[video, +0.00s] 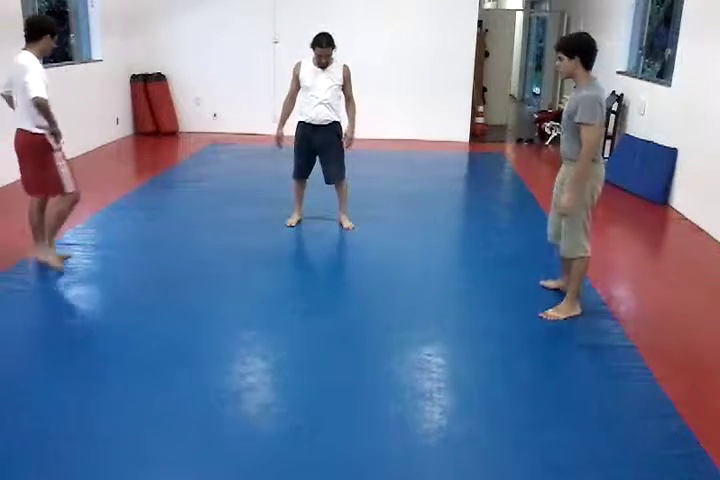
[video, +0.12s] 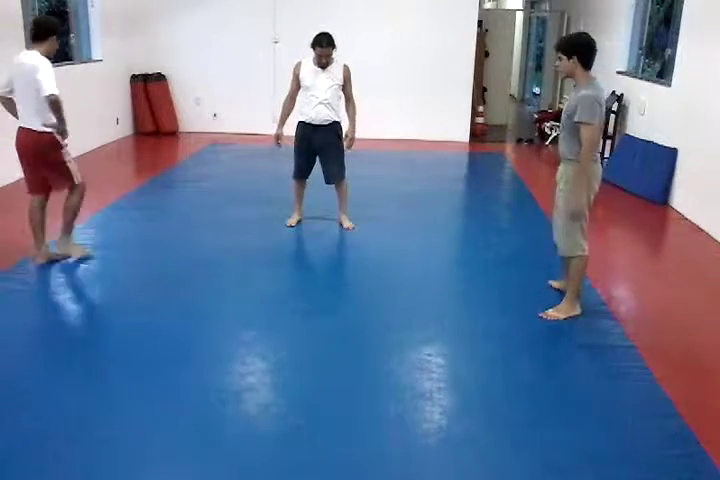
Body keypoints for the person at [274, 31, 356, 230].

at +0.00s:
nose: (323, 60)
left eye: (327, 56)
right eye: (319, 55)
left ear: (333, 52)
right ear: (312, 51)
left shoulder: (342, 70)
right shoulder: (301, 68)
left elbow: (349, 100)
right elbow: (291, 98)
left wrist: (351, 128)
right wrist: (280, 127)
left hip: (331, 129)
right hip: (305, 128)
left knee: (339, 177)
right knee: (300, 175)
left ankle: (343, 214)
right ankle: (297, 212)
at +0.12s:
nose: (323, 60)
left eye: (327, 55)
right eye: (319, 55)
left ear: (333, 52)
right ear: (312, 51)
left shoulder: (342, 70)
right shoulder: (301, 68)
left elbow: (349, 100)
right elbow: (291, 98)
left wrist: (352, 128)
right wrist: (279, 127)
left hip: (331, 129)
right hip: (305, 129)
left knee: (338, 177)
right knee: (300, 175)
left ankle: (343, 214)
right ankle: (297, 212)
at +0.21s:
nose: (324, 59)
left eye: (328, 55)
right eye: (320, 55)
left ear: (334, 52)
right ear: (313, 51)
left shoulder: (342, 70)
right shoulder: (301, 67)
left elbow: (349, 101)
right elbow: (291, 97)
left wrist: (352, 129)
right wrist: (281, 126)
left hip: (331, 129)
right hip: (305, 128)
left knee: (338, 177)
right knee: (300, 175)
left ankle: (343, 213)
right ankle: (297, 212)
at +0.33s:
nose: (324, 59)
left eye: (328, 55)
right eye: (320, 55)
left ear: (334, 52)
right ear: (313, 51)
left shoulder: (342, 70)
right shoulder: (301, 68)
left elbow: (349, 101)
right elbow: (292, 98)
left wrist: (352, 129)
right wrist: (284, 126)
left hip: (331, 128)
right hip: (306, 128)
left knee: (339, 177)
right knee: (300, 175)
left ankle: (343, 213)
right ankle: (297, 212)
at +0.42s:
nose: (324, 59)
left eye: (328, 55)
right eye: (320, 54)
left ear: (334, 52)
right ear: (313, 50)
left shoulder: (342, 71)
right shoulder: (301, 68)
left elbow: (349, 101)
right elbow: (292, 98)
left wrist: (352, 130)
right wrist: (286, 128)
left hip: (332, 129)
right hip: (306, 128)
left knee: (339, 177)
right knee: (300, 176)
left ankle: (343, 214)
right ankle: (297, 212)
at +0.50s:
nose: (324, 58)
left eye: (329, 54)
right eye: (321, 54)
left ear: (334, 51)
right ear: (314, 50)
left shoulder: (342, 71)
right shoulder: (301, 68)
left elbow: (348, 101)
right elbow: (293, 98)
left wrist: (353, 130)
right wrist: (287, 129)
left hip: (332, 129)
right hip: (306, 128)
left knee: (339, 177)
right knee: (300, 176)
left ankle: (343, 214)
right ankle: (297, 212)